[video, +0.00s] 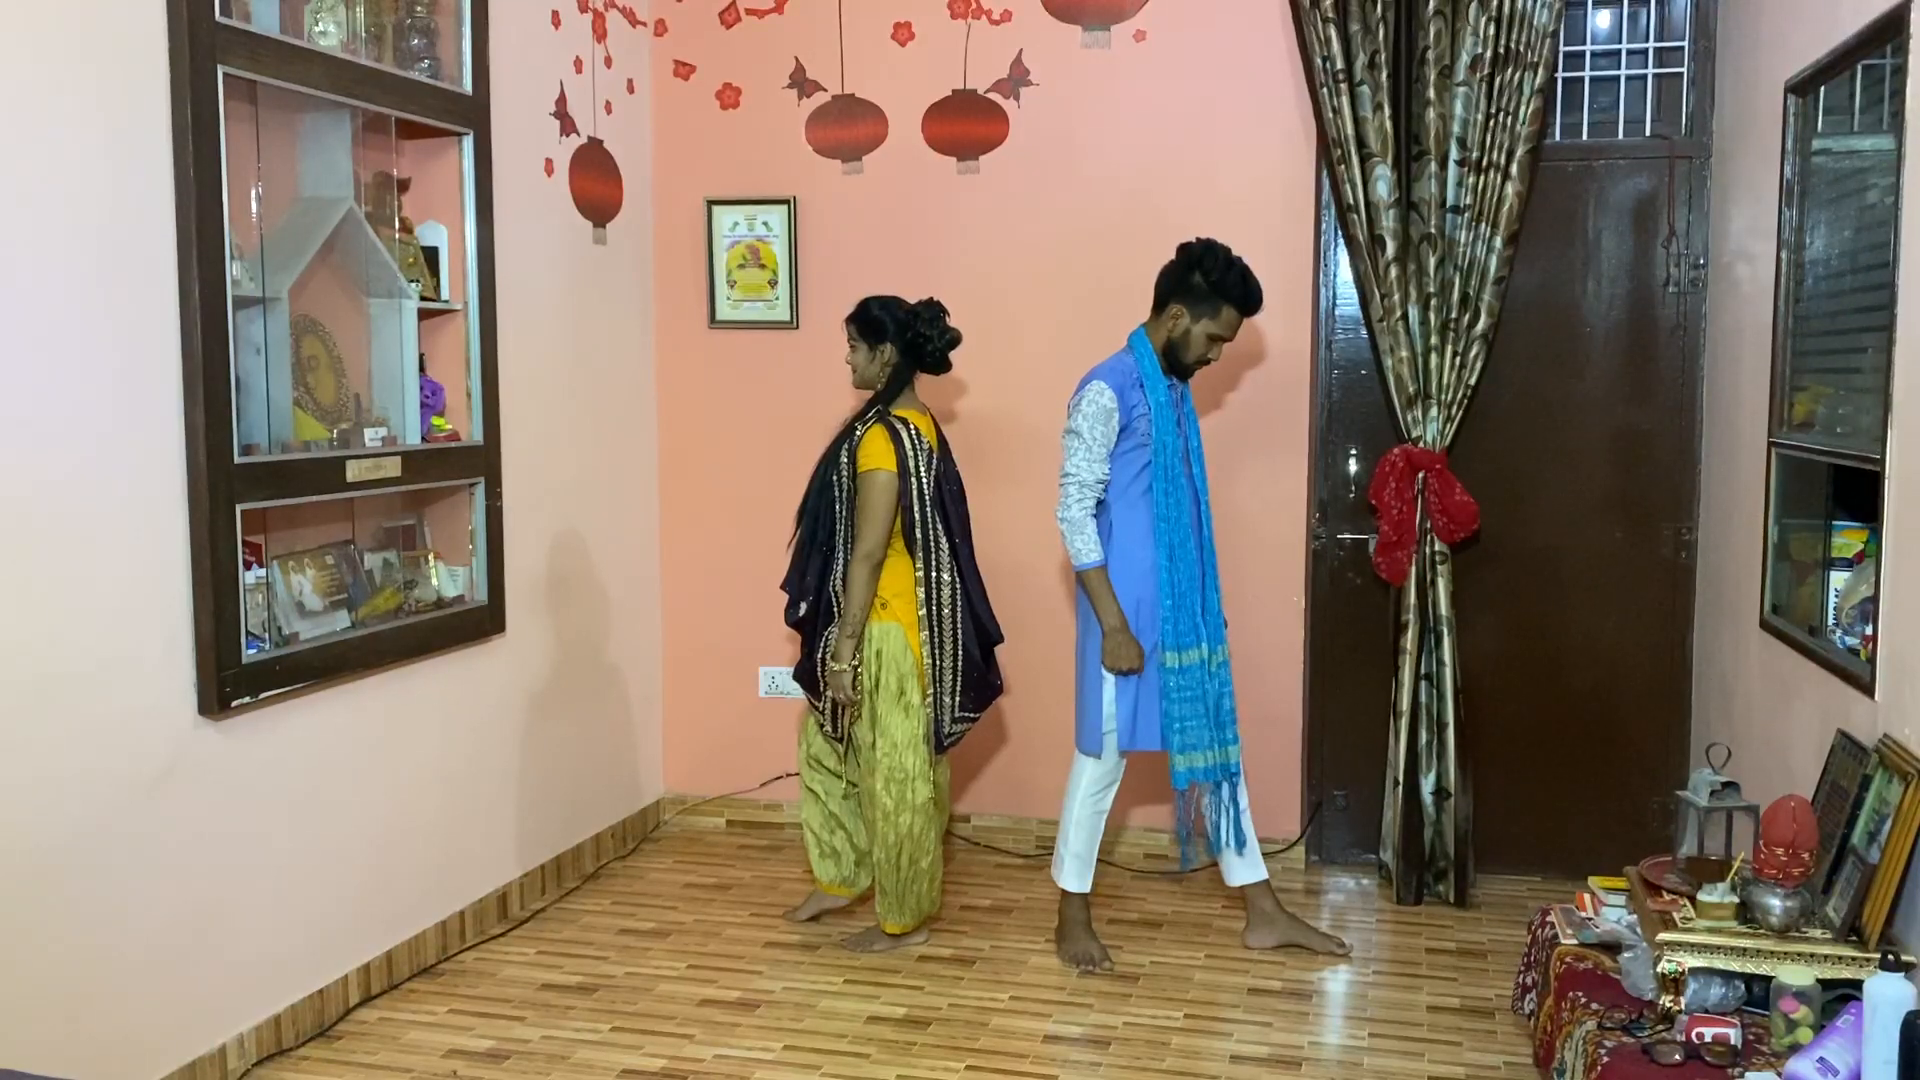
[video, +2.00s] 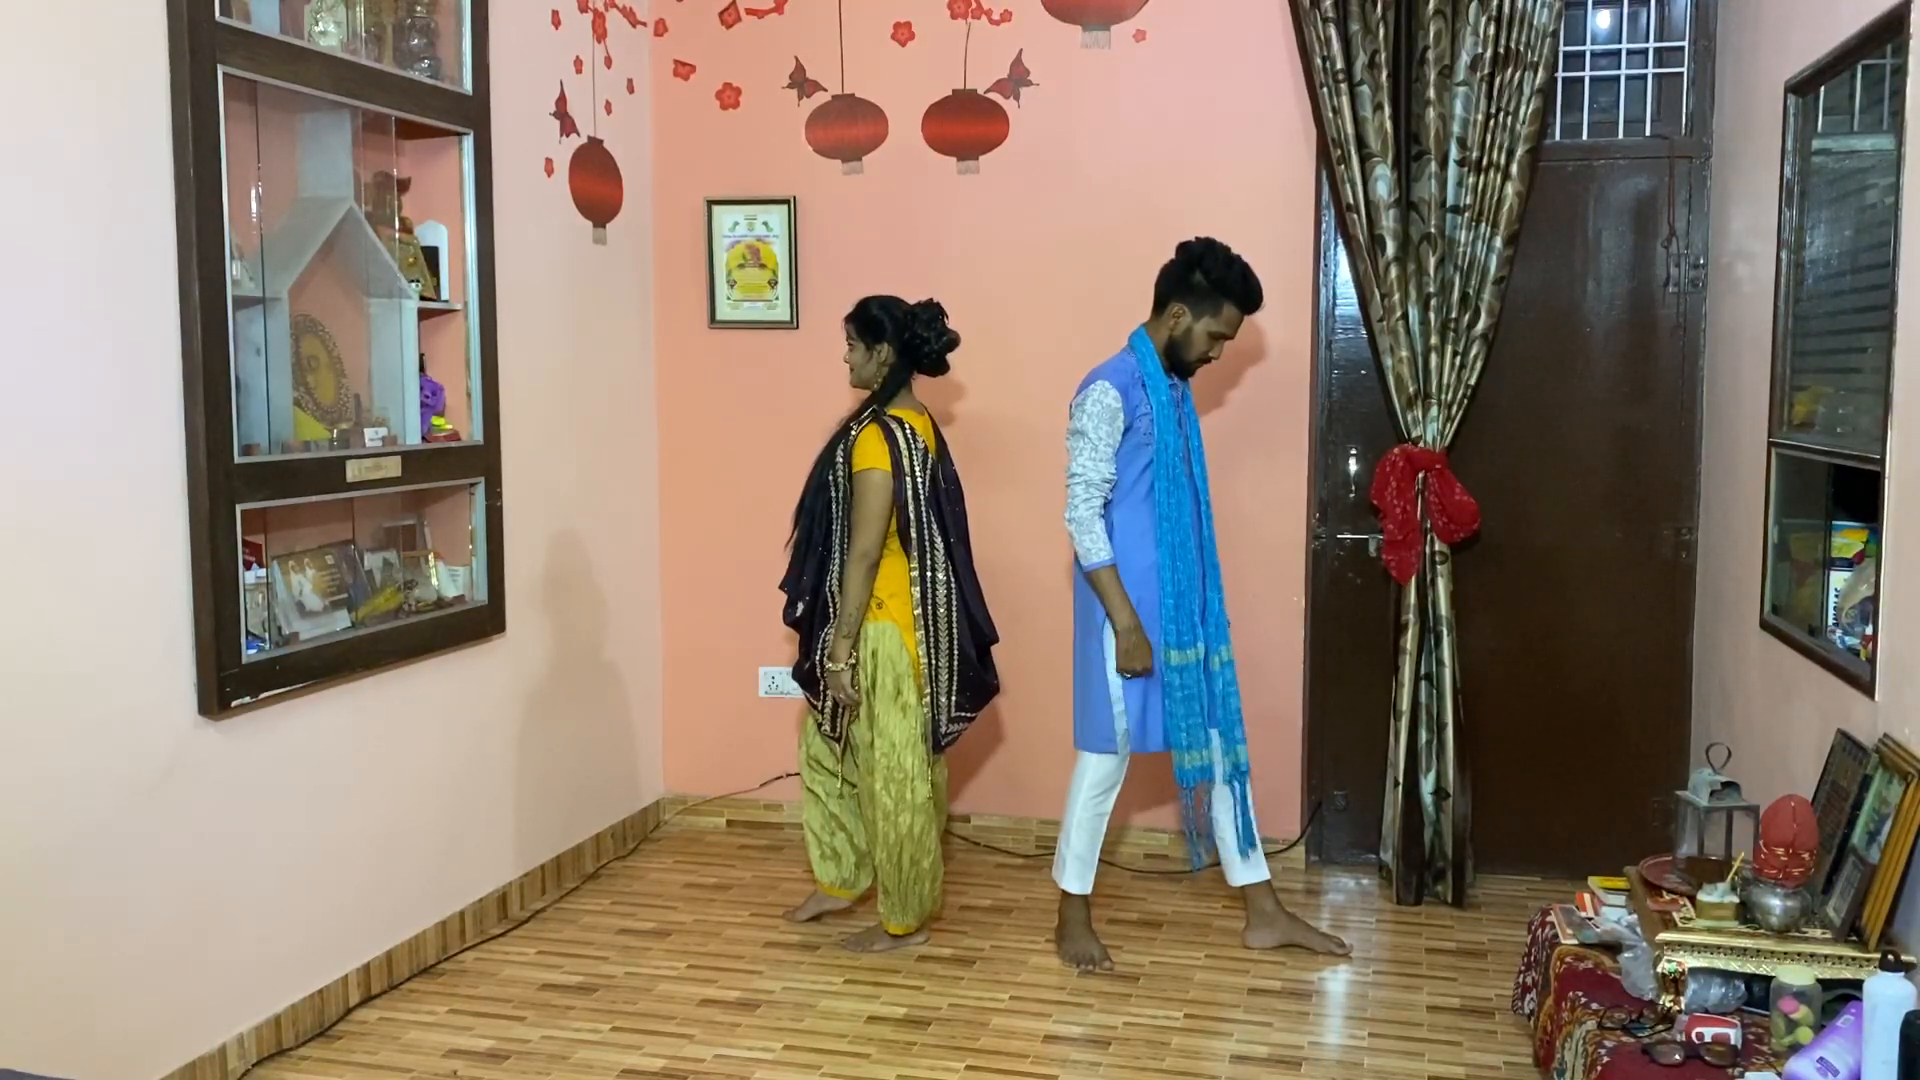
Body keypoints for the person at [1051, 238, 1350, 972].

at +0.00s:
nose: (1219, 353)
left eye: (1226, 340)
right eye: (1215, 337)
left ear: (1194, 320)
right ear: (1173, 312)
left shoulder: (1172, 393)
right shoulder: (1105, 393)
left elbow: (1172, 516)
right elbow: (1075, 515)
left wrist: (1197, 607)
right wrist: (1113, 623)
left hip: (1184, 605)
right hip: (1123, 606)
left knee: (1212, 744)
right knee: (1103, 755)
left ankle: (1263, 908)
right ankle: (1072, 913)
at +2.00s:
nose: (1220, 351)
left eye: (1228, 338)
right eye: (1217, 334)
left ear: (1193, 318)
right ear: (1175, 311)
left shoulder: (1171, 391)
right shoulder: (1108, 392)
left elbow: (1170, 516)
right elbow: (1083, 518)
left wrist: (1197, 606)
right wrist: (1124, 621)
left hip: (1185, 601)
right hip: (1123, 603)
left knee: (1218, 741)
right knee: (1106, 754)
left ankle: (1263, 909)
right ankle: (1072, 915)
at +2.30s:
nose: (1232, 302)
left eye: (1225, 288)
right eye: (1216, 290)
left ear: (1181, 313)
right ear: (1173, 311)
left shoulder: (1188, 401)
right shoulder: (1135, 402)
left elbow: (1189, 502)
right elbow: (1111, 506)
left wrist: (1240, 546)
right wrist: (1215, 552)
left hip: (1196, 616)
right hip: (1140, 619)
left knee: (1277, 733)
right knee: (1136, 767)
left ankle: (1270, 908)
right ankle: (1078, 918)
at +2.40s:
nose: (1218, 272)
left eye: (1209, 260)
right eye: (1201, 264)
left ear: (1182, 289)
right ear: (1167, 290)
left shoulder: (1205, 378)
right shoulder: (1146, 368)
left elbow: (1258, 405)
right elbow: (1165, 376)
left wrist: (1263, 389)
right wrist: (1227, 373)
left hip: (1220, 589)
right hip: (1157, 588)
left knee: (1275, 731)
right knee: (1132, 752)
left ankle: (1271, 905)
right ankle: (1073, 907)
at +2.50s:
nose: (1205, 255)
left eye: (1198, 246)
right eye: (1190, 248)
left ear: (1175, 270)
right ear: (1155, 269)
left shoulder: (1201, 321)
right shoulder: (1158, 326)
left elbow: (1234, 225)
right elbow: (1177, 230)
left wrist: (1288, 157)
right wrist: (1255, 129)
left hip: (1230, 540)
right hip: (1170, 539)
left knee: (1253, 700)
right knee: (1131, 707)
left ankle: (1278, 880)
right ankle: (1075, 885)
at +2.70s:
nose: (1202, 251)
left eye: (1192, 242)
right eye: (1183, 245)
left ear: (1164, 274)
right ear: (1155, 274)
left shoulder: (1219, 325)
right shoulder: (1173, 336)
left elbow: (1241, 247)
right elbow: (1191, 247)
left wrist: (1266, 171)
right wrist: (1247, 161)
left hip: (1250, 557)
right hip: (1193, 558)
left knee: (1258, 714)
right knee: (1144, 718)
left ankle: (1268, 890)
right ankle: (1076, 890)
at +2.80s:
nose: (1206, 262)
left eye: (1196, 253)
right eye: (1189, 260)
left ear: (1180, 287)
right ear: (1162, 293)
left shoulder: (1207, 346)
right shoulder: (1164, 353)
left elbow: (1244, 345)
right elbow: (1198, 350)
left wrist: (1267, 323)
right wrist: (1254, 322)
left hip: (1254, 568)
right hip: (1200, 571)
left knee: (1260, 725)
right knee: (1147, 728)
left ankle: (1264, 898)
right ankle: (1064, 890)